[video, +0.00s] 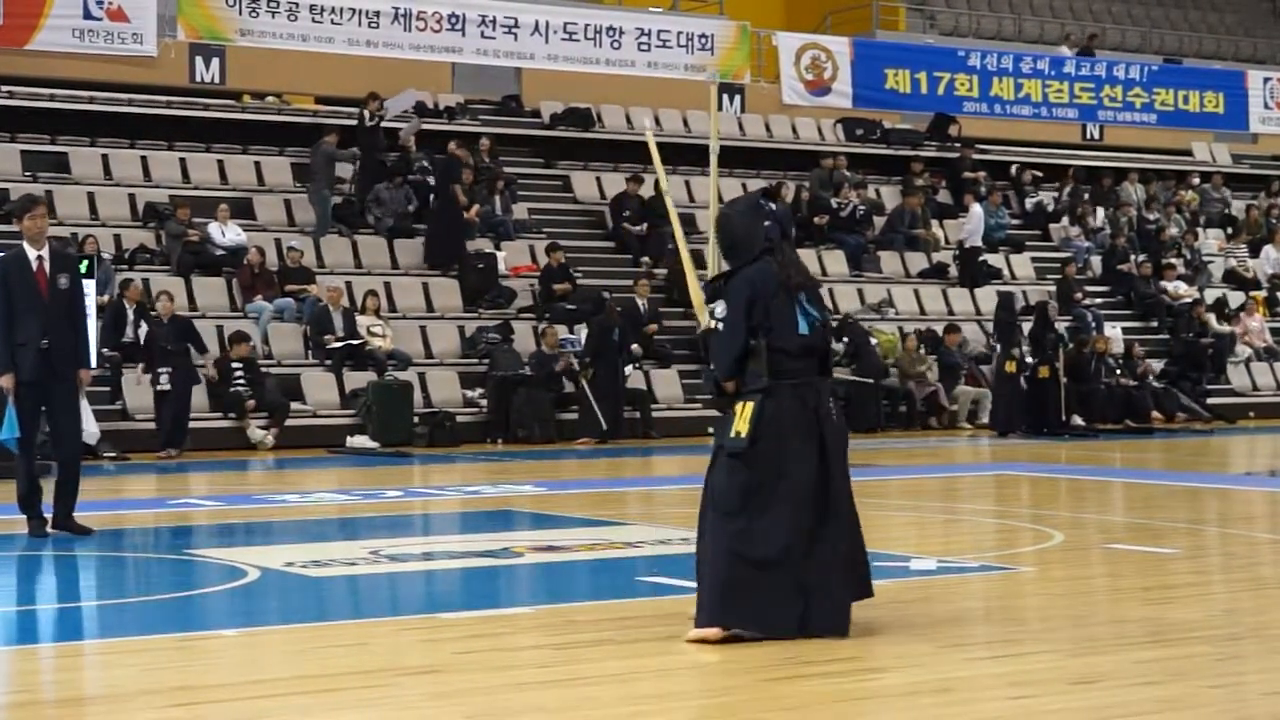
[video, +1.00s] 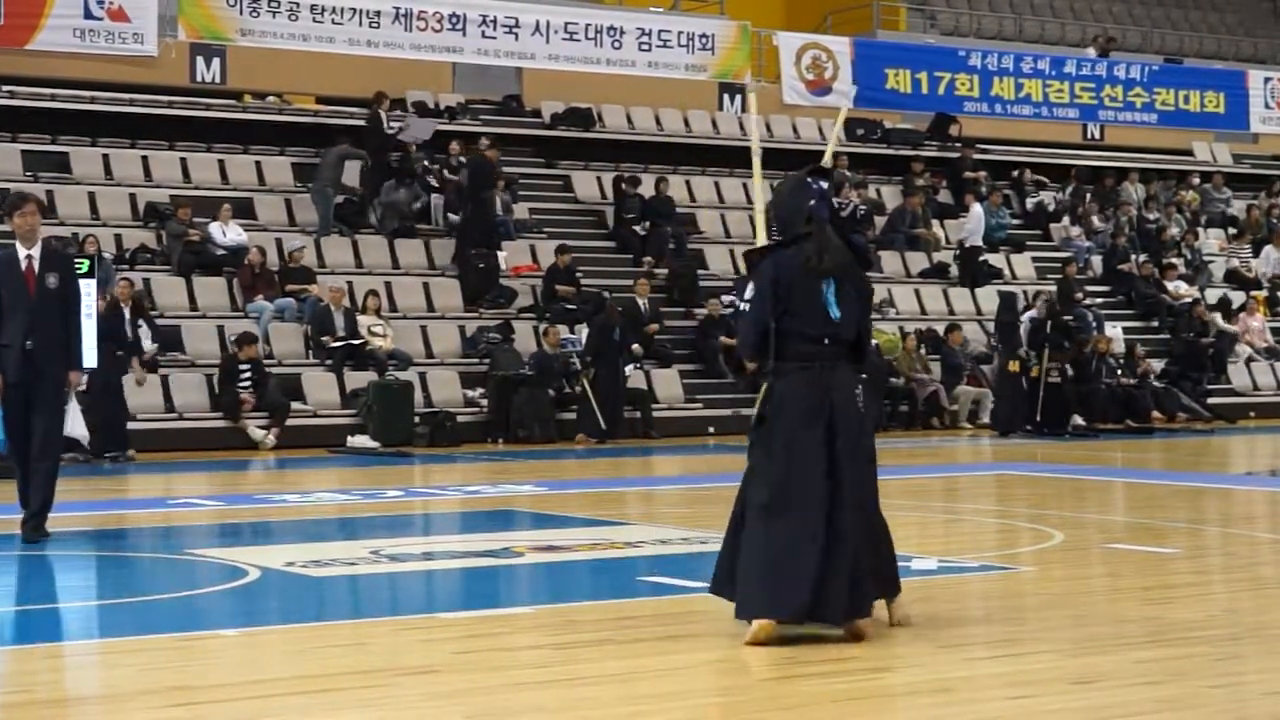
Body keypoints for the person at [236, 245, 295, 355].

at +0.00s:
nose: (250, 257)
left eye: (253, 254)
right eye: (249, 254)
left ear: (261, 258)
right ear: (248, 257)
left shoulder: (267, 272)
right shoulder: (244, 271)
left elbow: (275, 291)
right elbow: (245, 284)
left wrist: (263, 296)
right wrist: (247, 265)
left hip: (269, 301)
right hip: (250, 303)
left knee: (289, 303)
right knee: (268, 309)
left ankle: (288, 336)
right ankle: (261, 342)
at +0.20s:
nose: (250, 257)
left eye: (254, 254)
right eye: (249, 254)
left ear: (261, 258)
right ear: (248, 257)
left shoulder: (267, 273)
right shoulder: (243, 271)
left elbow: (275, 291)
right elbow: (245, 284)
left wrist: (263, 296)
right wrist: (247, 265)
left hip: (269, 301)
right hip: (251, 302)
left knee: (289, 303)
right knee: (267, 308)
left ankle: (288, 335)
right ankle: (261, 341)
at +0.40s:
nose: (251, 257)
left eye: (254, 255)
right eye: (250, 254)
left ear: (261, 258)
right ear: (248, 257)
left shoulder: (267, 272)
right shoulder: (243, 271)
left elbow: (276, 291)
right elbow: (245, 284)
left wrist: (263, 296)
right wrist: (247, 265)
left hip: (269, 301)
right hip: (251, 302)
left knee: (290, 303)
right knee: (268, 309)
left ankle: (288, 336)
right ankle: (261, 342)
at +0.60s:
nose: (251, 257)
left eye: (254, 254)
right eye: (250, 254)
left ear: (262, 258)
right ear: (248, 257)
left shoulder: (268, 272)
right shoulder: (244, 271)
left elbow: (276, 291)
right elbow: (246, 284)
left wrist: (264, 296)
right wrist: (247, 265)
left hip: (269, 301)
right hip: (251, 302)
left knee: (290, 303)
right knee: (268, 308)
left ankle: (289, 335)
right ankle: (262, 341)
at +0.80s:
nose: (251, 257)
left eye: (255, 254)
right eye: (250, 254)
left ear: (262, 258)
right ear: (248, 257)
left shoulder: (268, 272)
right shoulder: (244, 271)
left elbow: (276, 291)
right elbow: (246, 284)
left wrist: (264, 296)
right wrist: (247, 265)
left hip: (270, 301)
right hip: (251, 302)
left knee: (290, 303)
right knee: (268, 308)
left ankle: (289, 335)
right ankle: (262, 342)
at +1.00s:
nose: (251, 257)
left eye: (255, 254)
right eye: (250, 254)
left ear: (262, 258)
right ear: (248, 257)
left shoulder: (268, 273)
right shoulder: (244, 271)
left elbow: (276, 292)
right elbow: (246, 284)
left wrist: (264, 296)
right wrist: (247, 265)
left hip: (270, 301)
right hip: (251, 302)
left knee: (290, 303)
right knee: (268, 308)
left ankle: (289, 335)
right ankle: (262, 341)